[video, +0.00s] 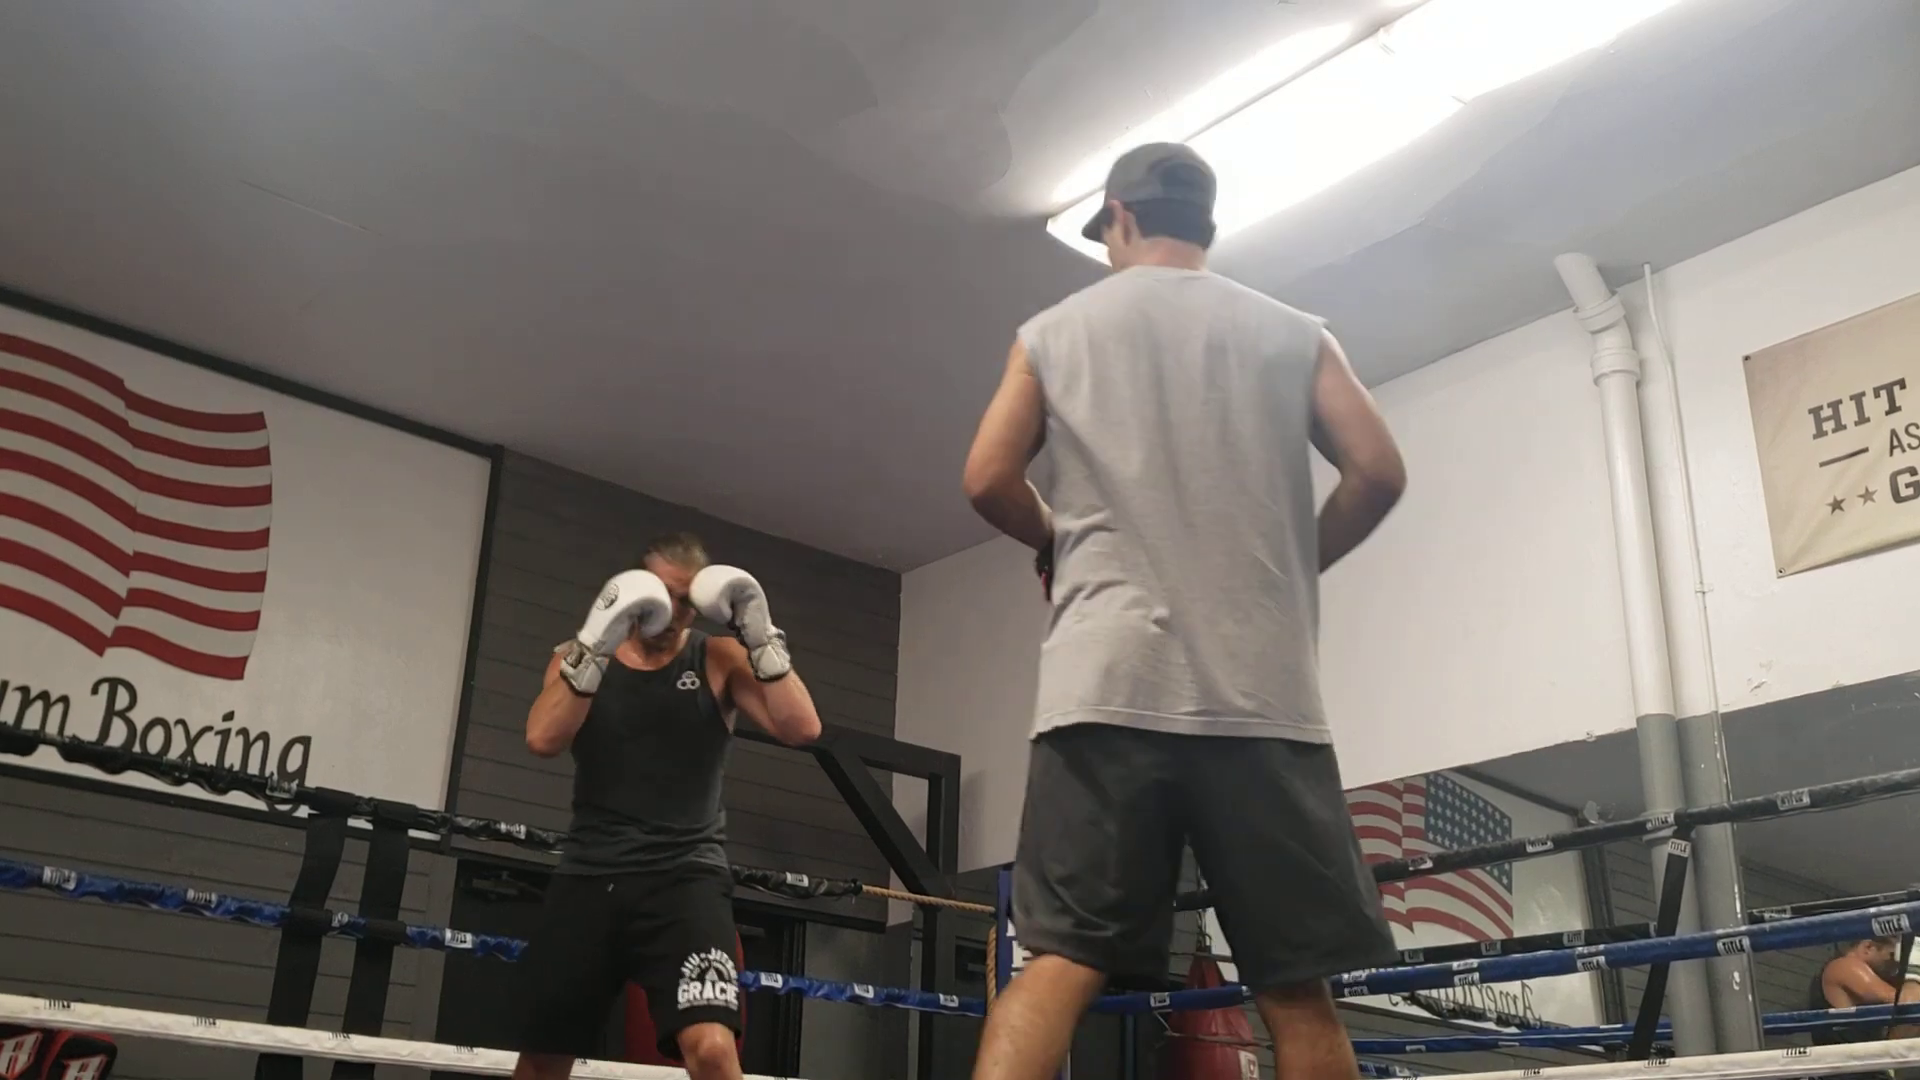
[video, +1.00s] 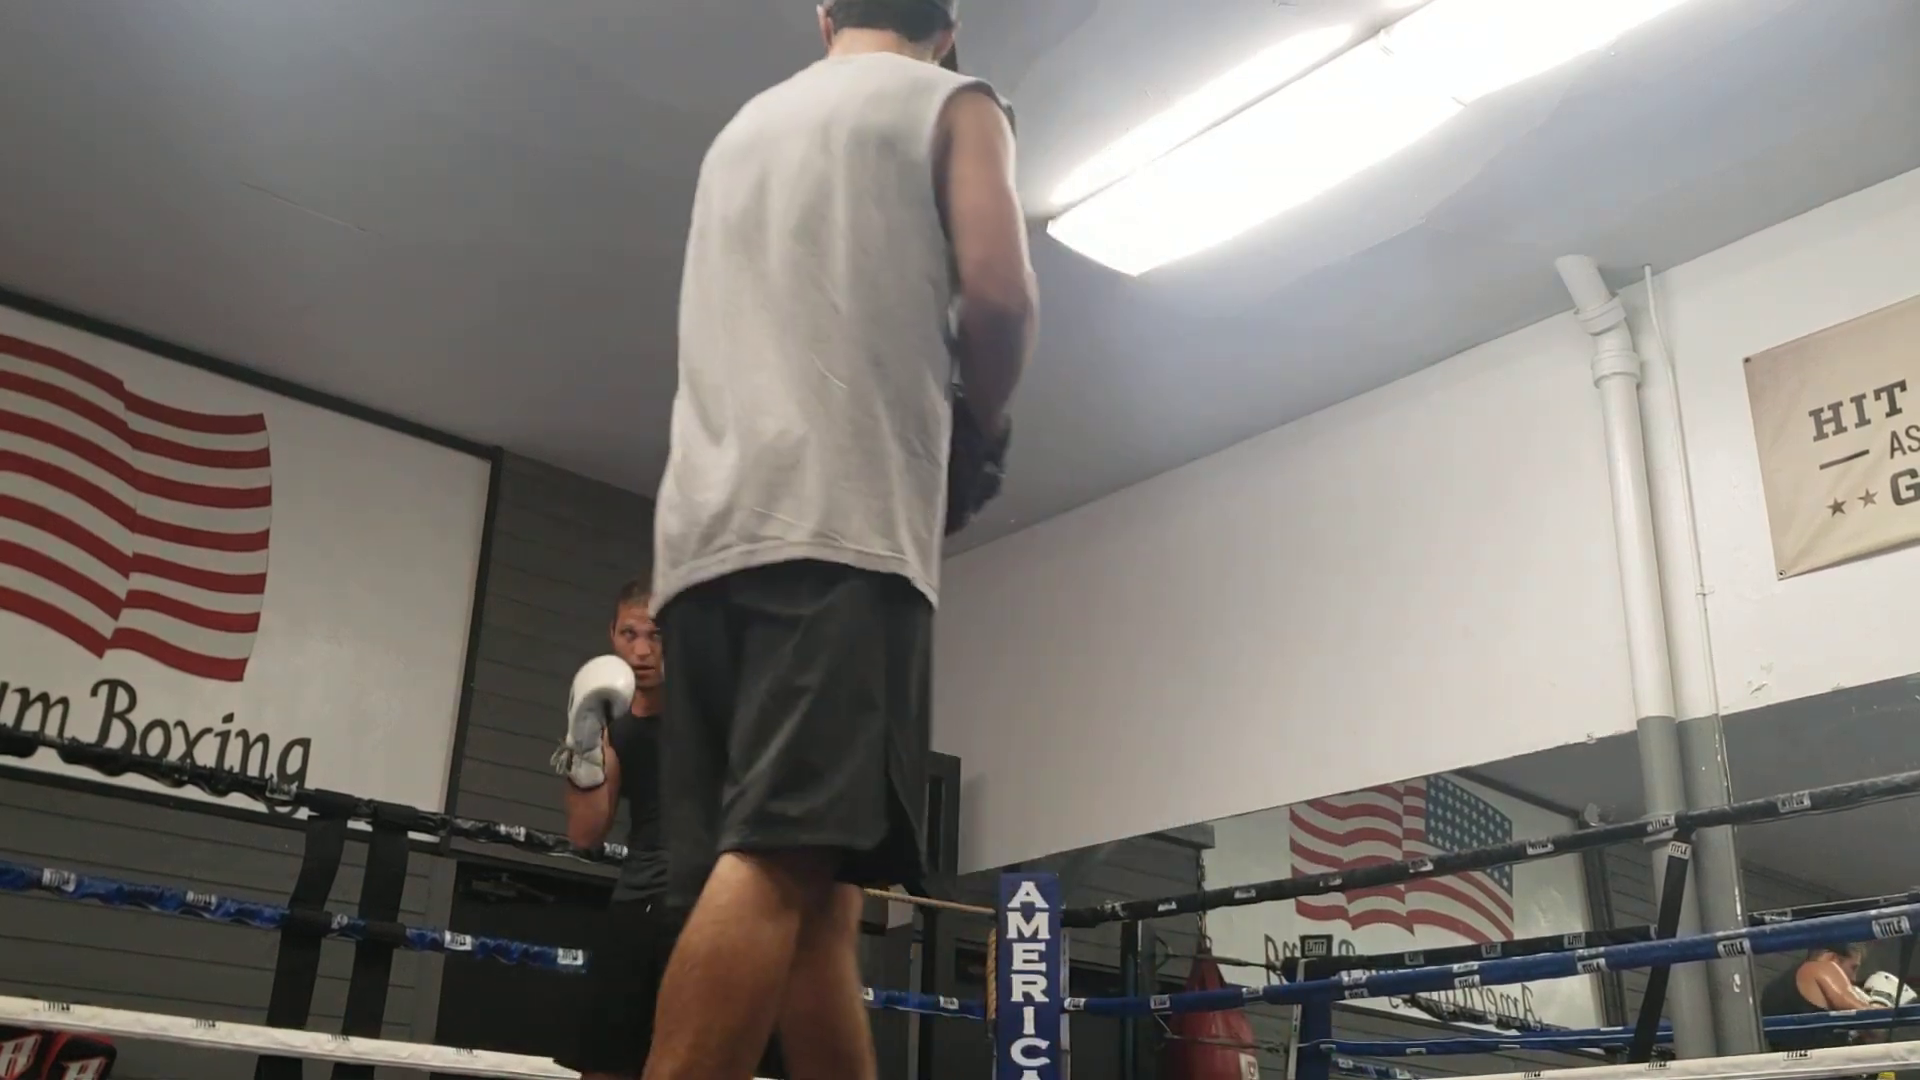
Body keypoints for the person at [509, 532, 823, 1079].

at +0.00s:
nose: (666, 611)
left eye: (683, 600)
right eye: (655, 594)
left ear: (703, 603)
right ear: (631, 590)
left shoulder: (720, 656)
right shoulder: (586, 656)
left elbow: (802, 728)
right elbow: (543, 738)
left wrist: (761, 637)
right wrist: (596, 645)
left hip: (688, 877)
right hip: (589, 875)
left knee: (711, 1052)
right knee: (540, 1060)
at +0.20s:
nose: (738, 607)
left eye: (755, 596)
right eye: (729, 589)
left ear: (770, 602)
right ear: (702, 583)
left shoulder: (774, 669)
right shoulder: (643, 642)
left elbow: (813, 779)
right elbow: (554, 744)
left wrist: (800, 676)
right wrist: (621, 680)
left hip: (726, 880)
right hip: (633, 874)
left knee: (734, 1060)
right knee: (567, 1058)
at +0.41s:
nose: (747, 601)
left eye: (764, 592)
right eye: (738, 584)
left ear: (783, 600)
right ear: (716, 584)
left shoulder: (794, 667)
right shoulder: (668, 643)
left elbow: (831, 777)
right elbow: (571, 736)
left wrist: (810, 673)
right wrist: (639, 665)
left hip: (741, 880)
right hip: (650, 875)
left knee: (743, 1062)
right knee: (583, 1062)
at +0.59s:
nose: (714, 611)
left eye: (729, 598)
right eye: (702, 596)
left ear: (752, 602)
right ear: (683, 599)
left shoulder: (772, 676)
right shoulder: (649, 664)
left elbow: (835, 757)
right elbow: (581, 709)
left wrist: (795, 663)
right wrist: (629, 615)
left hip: (740, 880)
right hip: (652, 881)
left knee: (740, 1062)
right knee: (624, 1065)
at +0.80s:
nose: (672, 624)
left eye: (687, 611)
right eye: (660, 610)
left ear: (712, 614)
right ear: (643, 614)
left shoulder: (745, 681)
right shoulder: (626, 685)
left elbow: (800, 753)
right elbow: (575, 756)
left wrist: (757, 690)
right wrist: (585, 659)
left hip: (732, 879)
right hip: (647, 883)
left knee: (732, 1050)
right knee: (634, 1058)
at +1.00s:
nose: (642, 650)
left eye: (655, 635)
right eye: (630, 635)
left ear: (681, 642)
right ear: (612, 642)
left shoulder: (706, 715)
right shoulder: (616, 723)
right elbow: (585, 833)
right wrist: (585, 735)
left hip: (708, 893)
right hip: (638, 889)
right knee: (609, 1055)